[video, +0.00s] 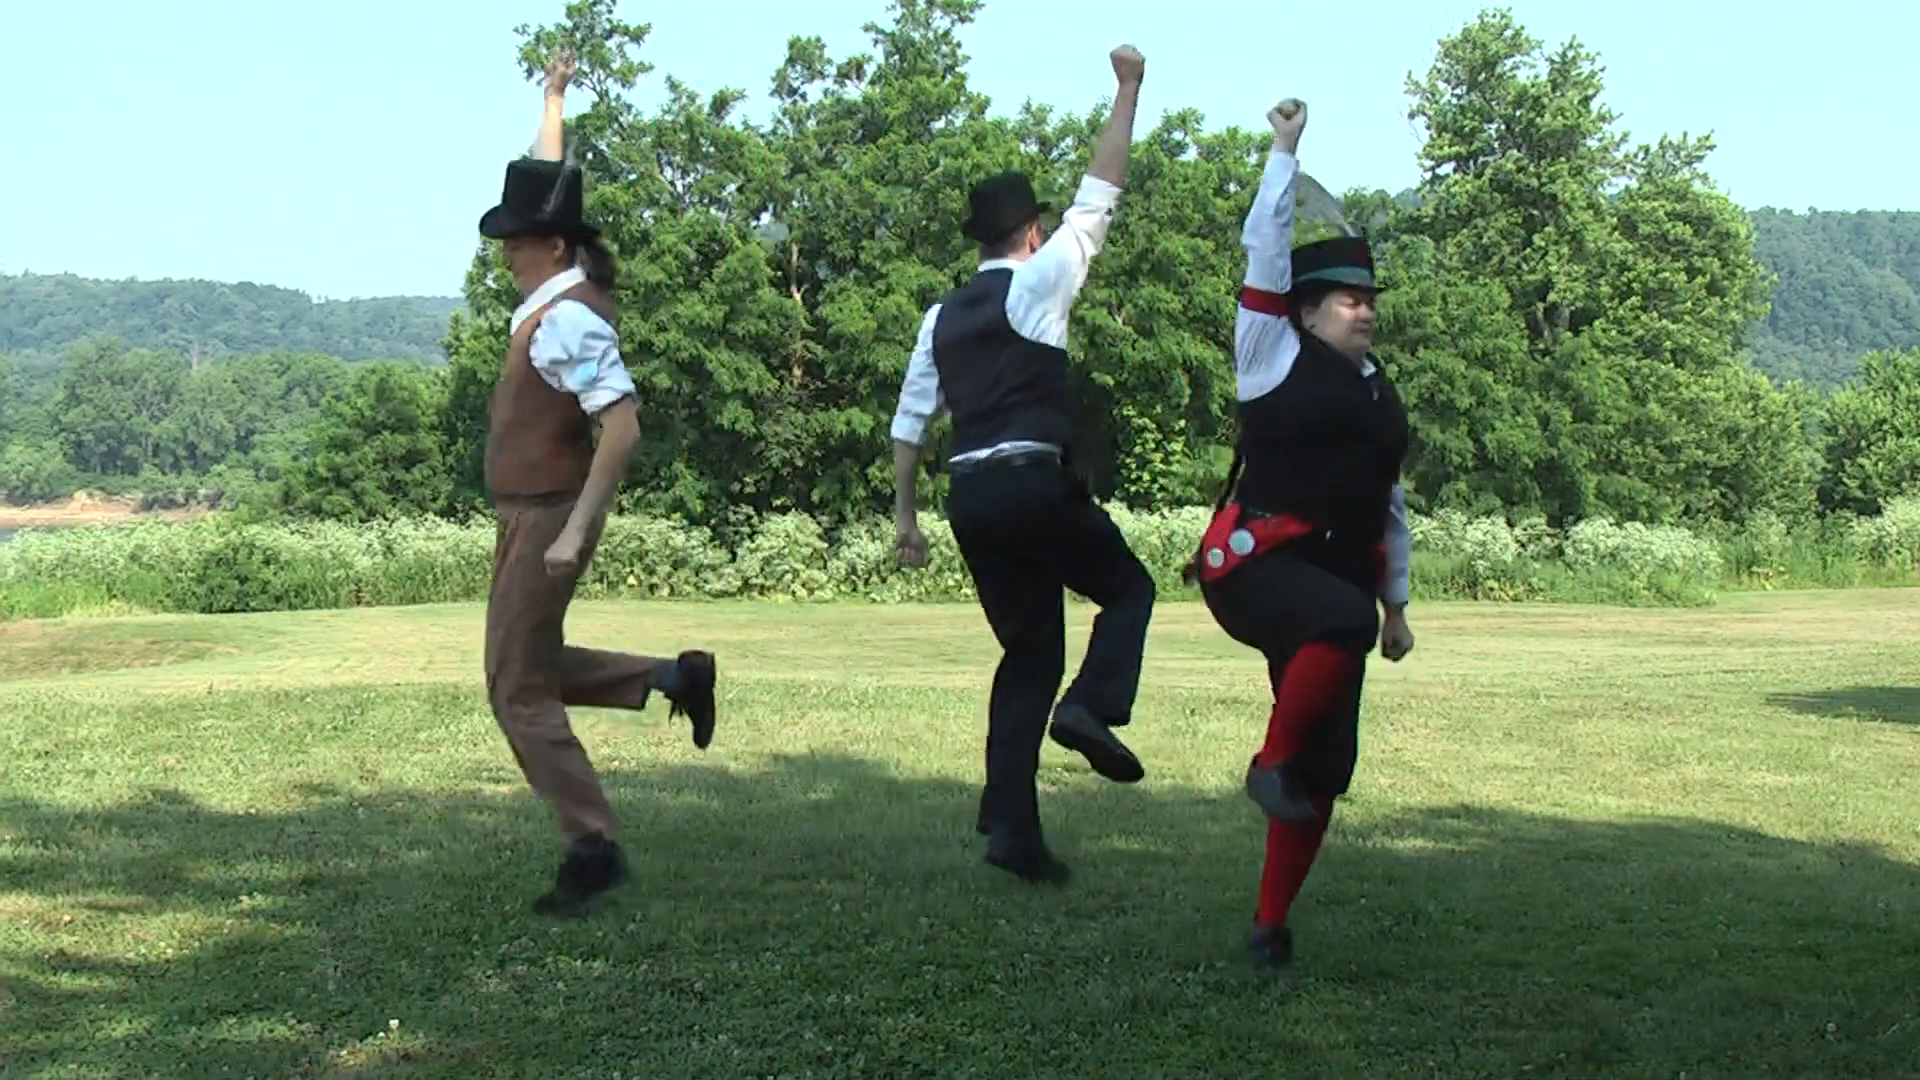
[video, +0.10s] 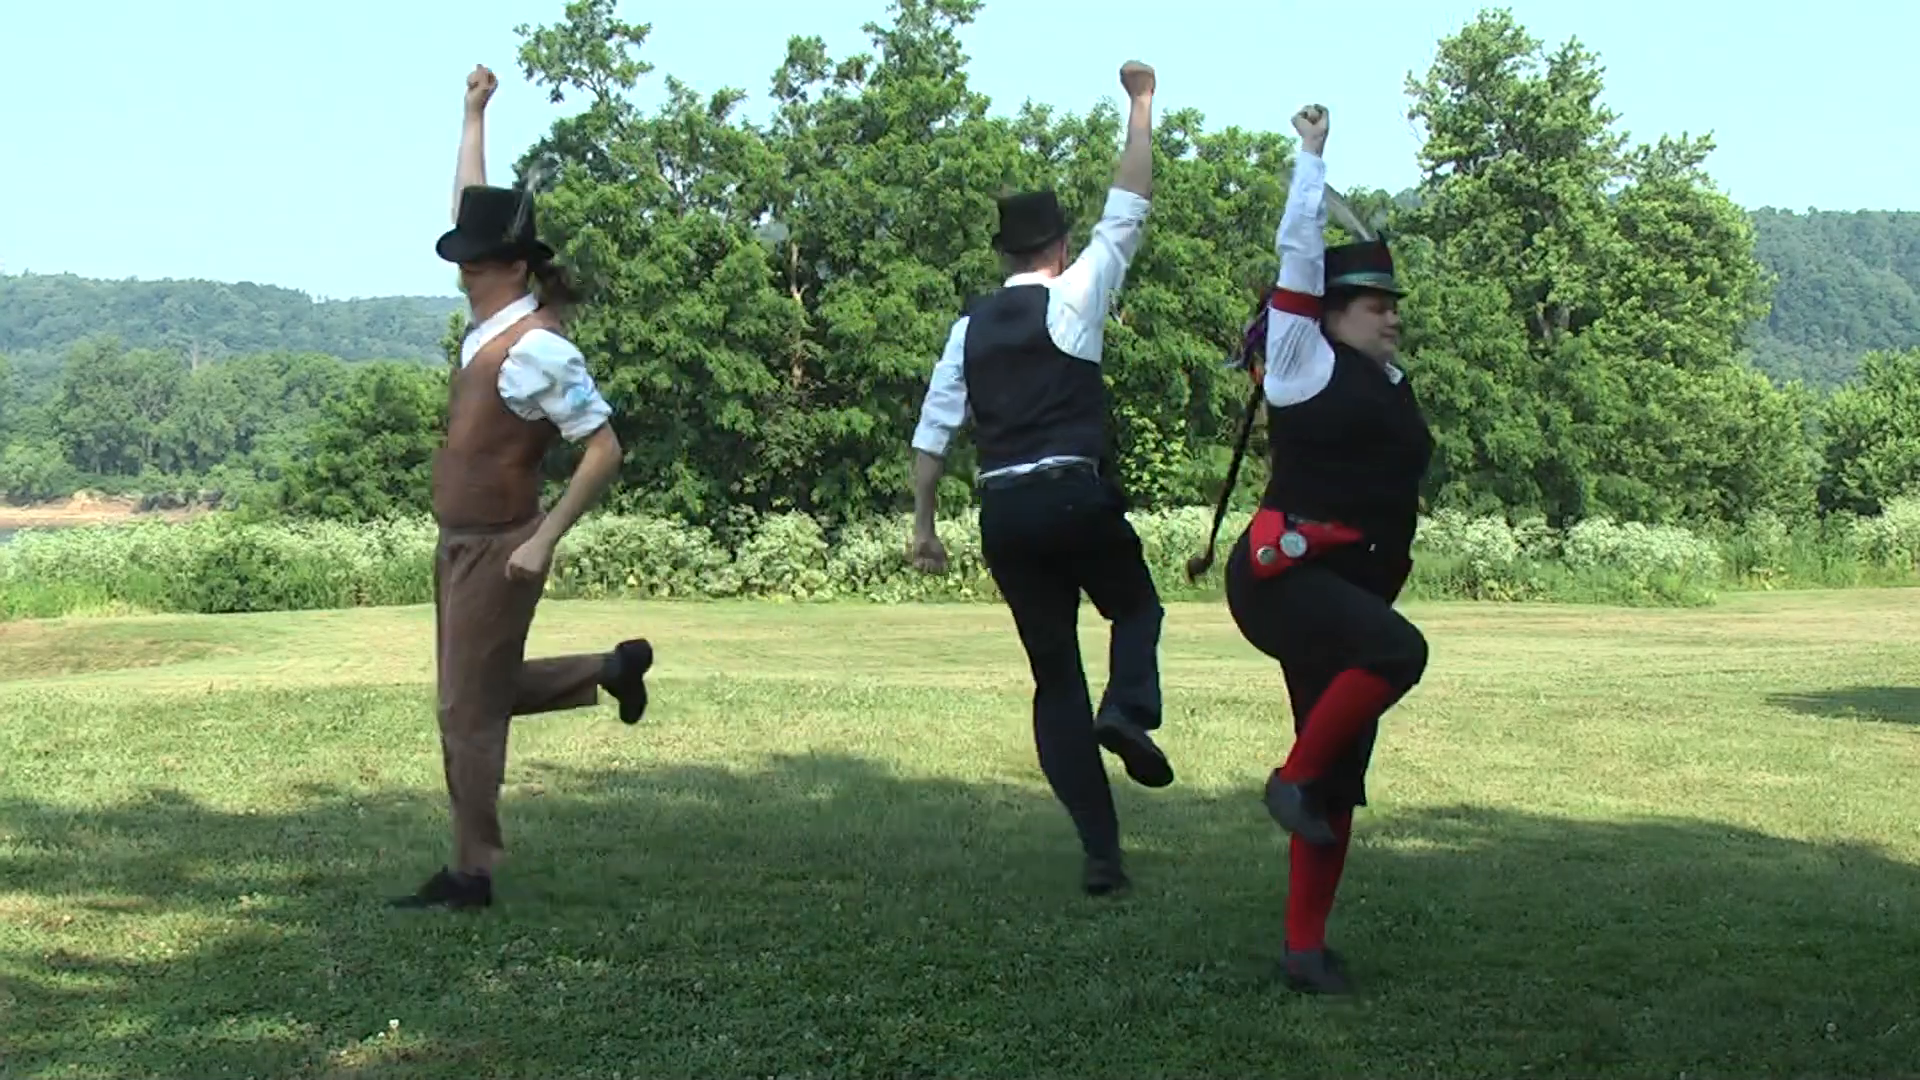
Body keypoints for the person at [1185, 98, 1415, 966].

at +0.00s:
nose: (1363, 311)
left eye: (1368, 301)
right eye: (1348, 300)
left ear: (1371, 315)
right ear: (1308, 309)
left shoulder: (1378, 399)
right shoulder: (1273, 357)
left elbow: (1390, 507)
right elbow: (1265, 249)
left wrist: (1393, 599)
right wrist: (1285, 147)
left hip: (1339, 576)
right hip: (1255, 558)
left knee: (1321, 764)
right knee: (1341, 619)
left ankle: (1270, 925)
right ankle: (1272, 765)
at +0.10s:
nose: (1390, 315)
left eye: (1392, 304)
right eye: (1375, 304)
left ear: (1388, 319)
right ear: (1329, 311)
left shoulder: (1388, 385)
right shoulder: (1300, 361)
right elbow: (1298, 251)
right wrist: (1311, 152)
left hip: (1354, 585)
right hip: (1285, 572)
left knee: (1333, 777)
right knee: (1397, 650)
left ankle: (1305, 947)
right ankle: (1295, 781)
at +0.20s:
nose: (1415, 353)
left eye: (1417, 341)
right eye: (1401, 341)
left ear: (1410, 351)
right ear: (1357, 348)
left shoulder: (1398, 425)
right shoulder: (1335, 402)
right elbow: (1335, 290)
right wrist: (1347, 189)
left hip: (1361, 621)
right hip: (1311, 608)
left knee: (1353, 806)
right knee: (1450, 690)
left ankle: (1300, 962)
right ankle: (1374, 847)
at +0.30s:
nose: (1450, 357)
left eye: (1448, 343)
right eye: (1436, 344)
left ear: (1428, 353)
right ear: (1396, 346)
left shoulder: (1414, 417)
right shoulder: (1373, 402)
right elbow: (1390, 295)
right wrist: (1408, 183)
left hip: (1371, 630)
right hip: (1347, 619)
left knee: (1376, 817)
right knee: (1499, 711)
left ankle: (1301, 963)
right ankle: (1482, 891)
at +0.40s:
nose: (1485, 332)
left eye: (1483, 319)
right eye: (1473, 319)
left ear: (1461, 329)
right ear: (1437, 322)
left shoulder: (1441, 388)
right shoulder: (1414, 372)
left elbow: (1438, 267)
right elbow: (1438, 261)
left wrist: (1417, 200)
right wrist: (1456, 159)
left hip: (1399, 603)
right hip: (1398, 599)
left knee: (1398, 797)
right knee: (1541, 721)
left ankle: (1313, 952)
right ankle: (1548, 904)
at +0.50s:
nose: (1536, 331)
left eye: (1535, 320)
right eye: (1525, 320)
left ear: (1496, 326)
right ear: (1487, 318)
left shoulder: (1485, 387)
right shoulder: (1463, 369)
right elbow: (1481, 251)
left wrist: (1445, 200)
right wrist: (1487, 150)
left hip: (1425, 597)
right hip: (1451, 592)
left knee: (1502, 785)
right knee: (1559, 762)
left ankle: (1387, 911)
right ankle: (1555, 947)